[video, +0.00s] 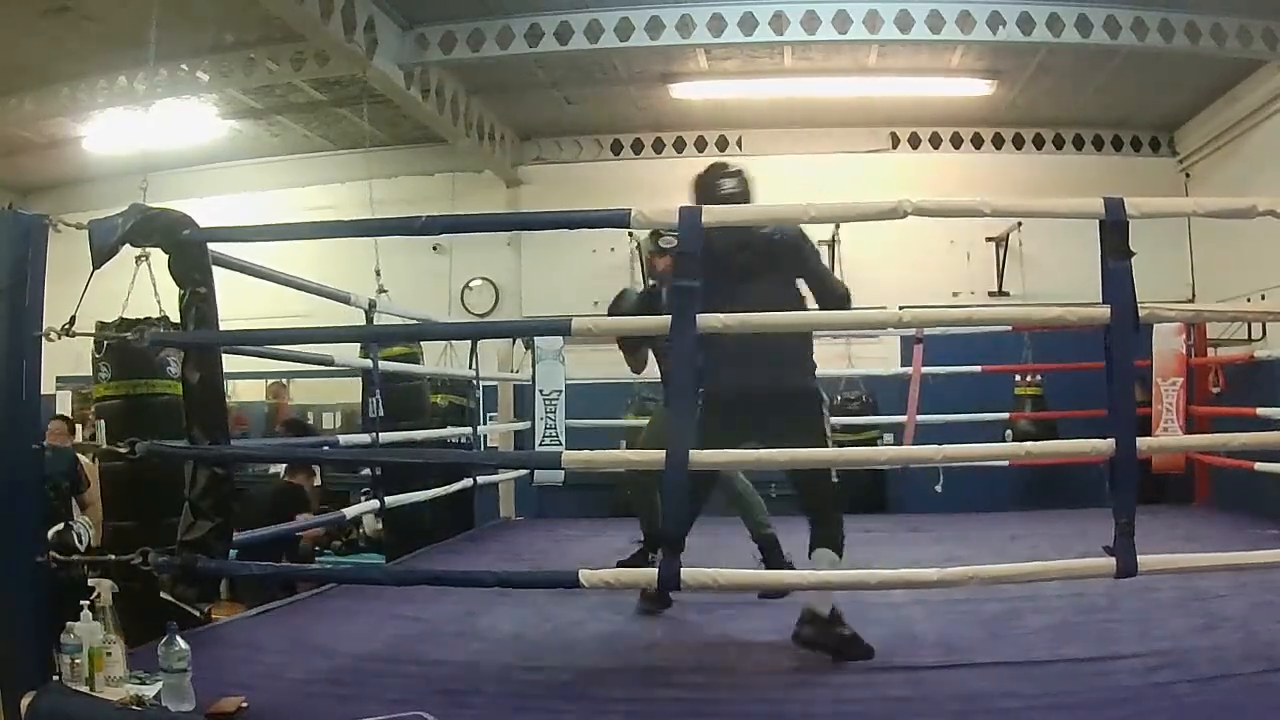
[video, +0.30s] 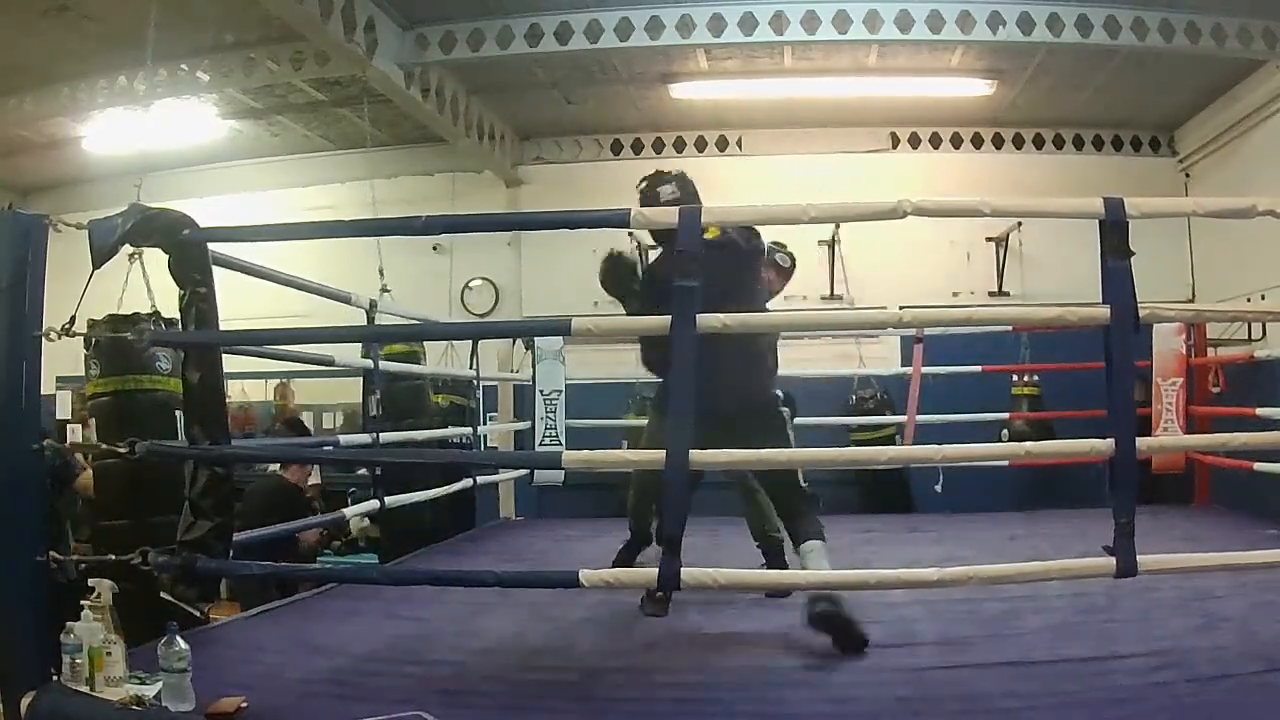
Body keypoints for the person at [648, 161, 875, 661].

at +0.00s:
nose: (731, 209)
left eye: (718, 201)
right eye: (734, 198)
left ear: (699, 206)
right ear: (751, 200)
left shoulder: (689, 251)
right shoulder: (784, 237)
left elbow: (671, 323)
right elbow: (836, 302)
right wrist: (820, 276)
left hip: (724, 403)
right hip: (791, 399)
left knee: (691, 486)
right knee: (825, 507)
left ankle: (660, 575)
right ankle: (818, 611)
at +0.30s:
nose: (652, 225)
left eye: (652, 217)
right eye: (654, 215)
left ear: (652, 220)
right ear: (700, 209)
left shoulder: (654, 272)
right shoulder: (742, 246)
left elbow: (654, 357)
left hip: (684, 415)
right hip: (751, 408)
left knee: (672, 486)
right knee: (792, 493)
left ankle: (662, 582)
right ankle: (822, 589)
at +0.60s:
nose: (715, 194)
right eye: (713, 184)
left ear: (659, 188)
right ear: (710, 186)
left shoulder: (635, 238)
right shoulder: (715, 239)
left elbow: (605, 297)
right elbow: (753, 299)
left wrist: (636, 243)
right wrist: (800, 301)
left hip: (650, 386)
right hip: (708, 384)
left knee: (653, 480)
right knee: (764, 490)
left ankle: (612, 588)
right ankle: (800, 624)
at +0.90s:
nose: (650, 182)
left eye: (650, 174)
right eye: (648, 173)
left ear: (601, 163)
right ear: (634, 167)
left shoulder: (567, 208)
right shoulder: (619, 206)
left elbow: (557, 289)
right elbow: (645, 285)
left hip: (580, 349)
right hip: (600, 353)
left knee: (628, 464)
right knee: (594, 477)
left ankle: (580, 559)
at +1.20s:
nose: (605, 190)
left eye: (605, 181)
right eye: (601, 181)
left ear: (563, 171)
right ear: (582, 176)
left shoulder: (537, 209)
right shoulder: (565, 211)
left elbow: (604, 276)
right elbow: (611, 280)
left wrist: (620, 224)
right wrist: (630, 232)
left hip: (542, 345)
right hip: (540, 346)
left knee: (568, 461)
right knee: (535, 461)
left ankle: (560, 579)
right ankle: (456, 586)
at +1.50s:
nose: (560, 225)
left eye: (561, 216)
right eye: (556, 214)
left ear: (517, 201)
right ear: (537, 207)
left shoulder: (509, 250)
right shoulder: (509, 253)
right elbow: (546, 324)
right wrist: (593, 280)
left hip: (518, 392)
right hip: (488, 396)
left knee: (590, 468)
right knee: (450, 504)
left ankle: (570, 569)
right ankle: (369, 595)